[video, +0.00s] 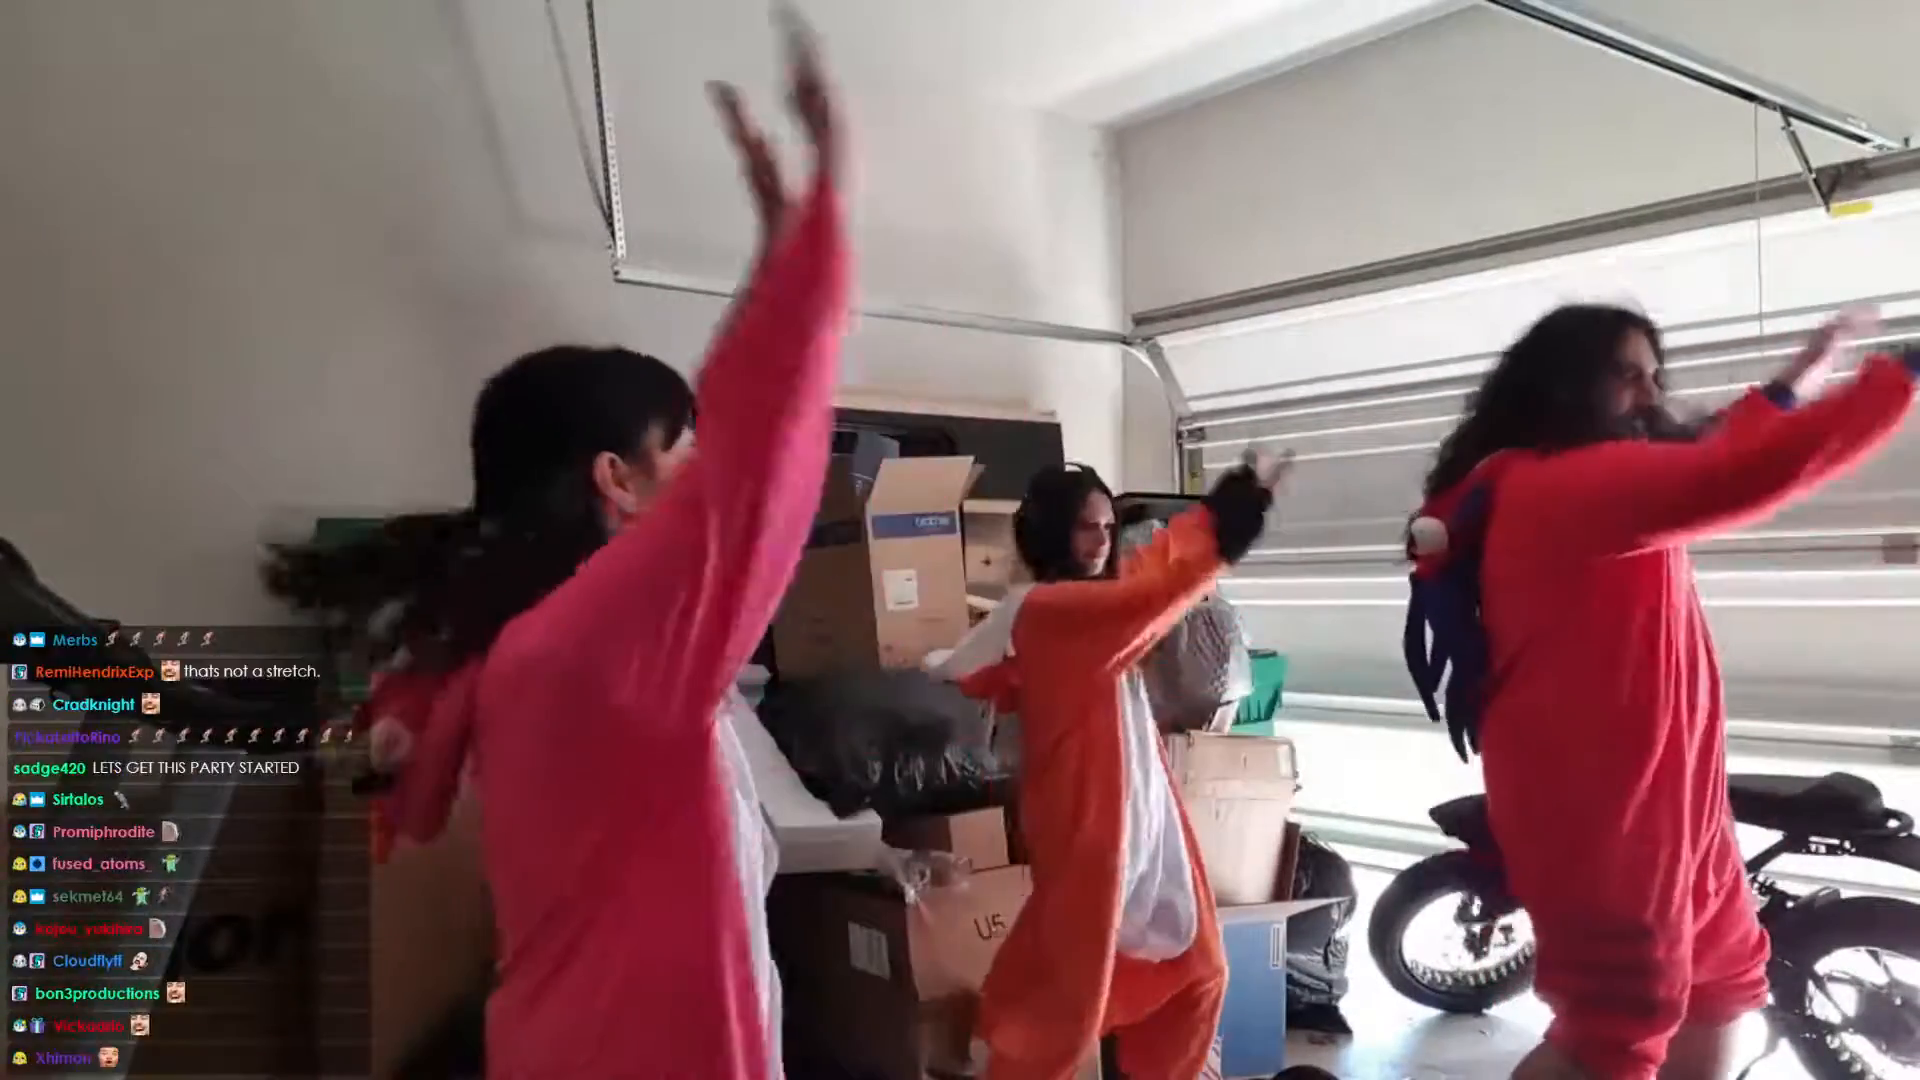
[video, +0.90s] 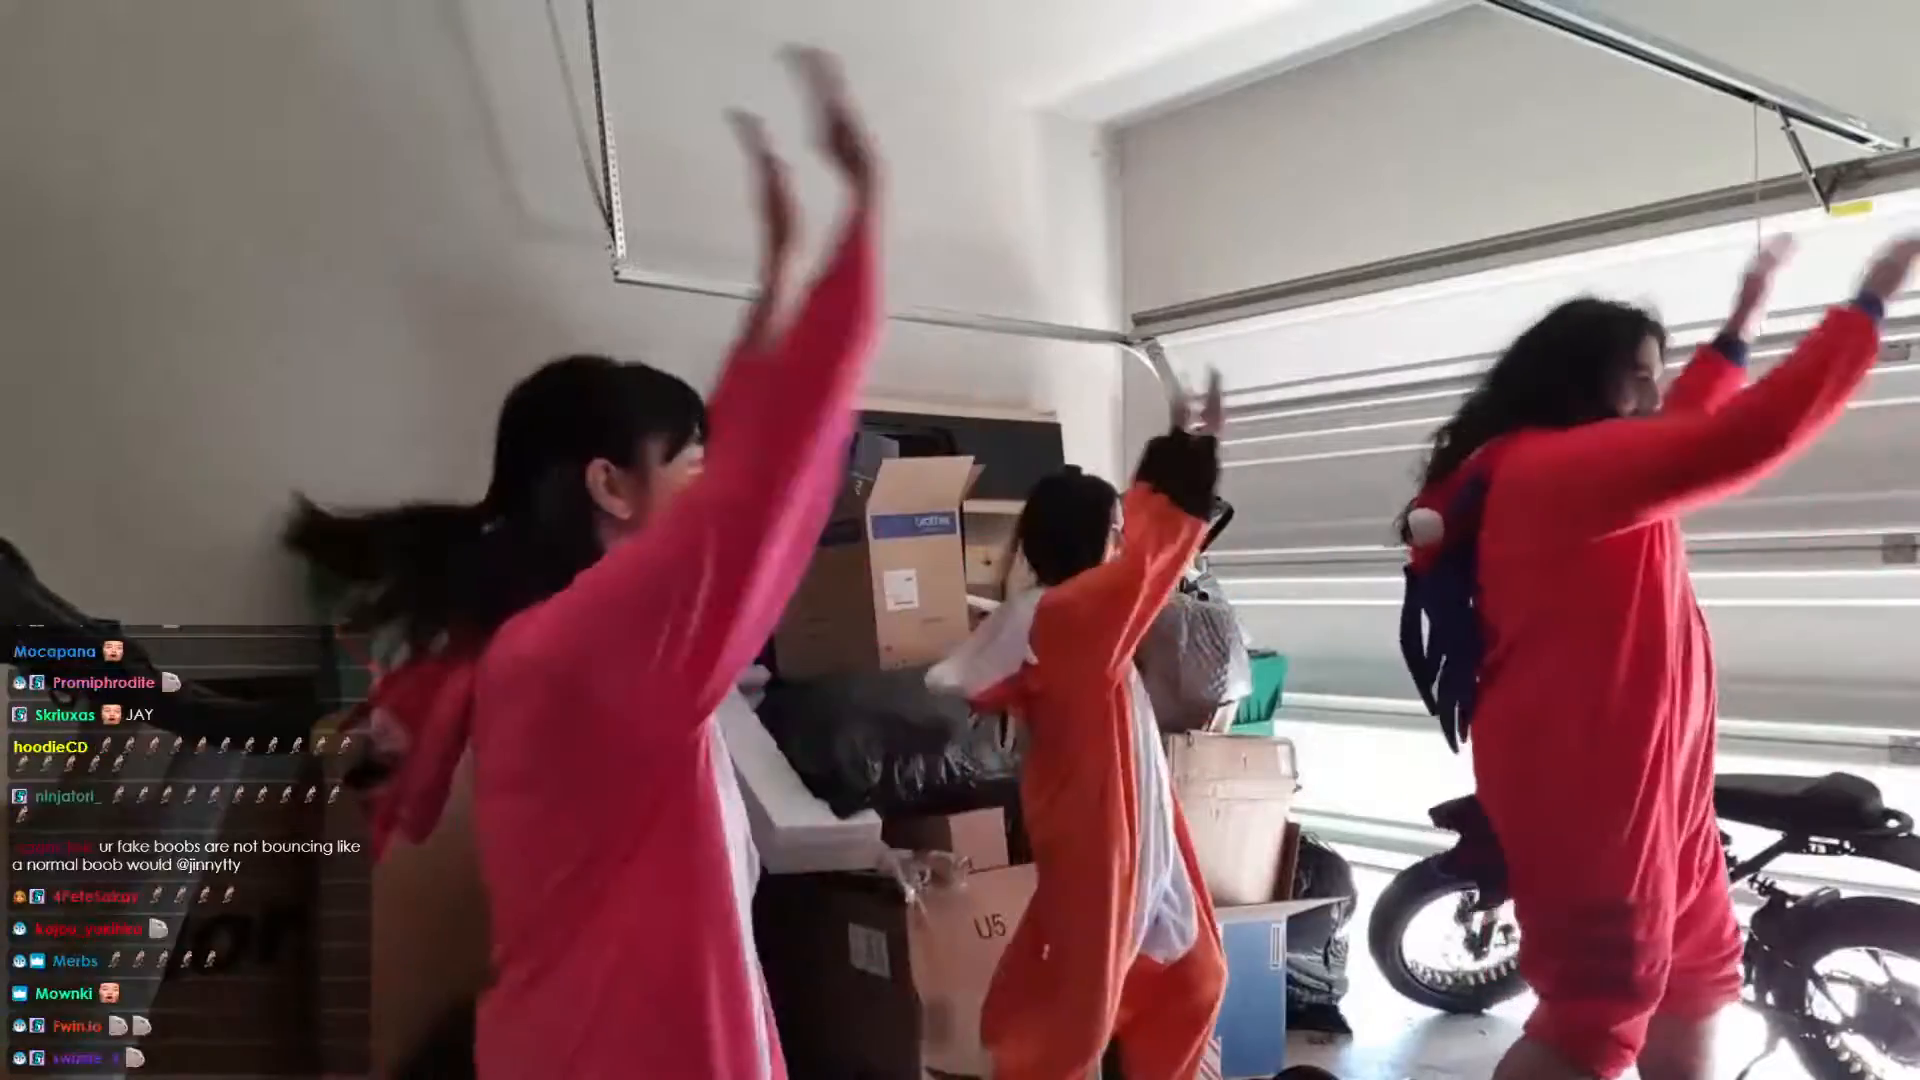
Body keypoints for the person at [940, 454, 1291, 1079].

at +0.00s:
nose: (1105, 539)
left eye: (1109, 525)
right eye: (1090, 526)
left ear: (1111, 529)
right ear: (1053, 532)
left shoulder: (1086, 605)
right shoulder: (1043, 609)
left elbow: (1159, 571)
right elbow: (1155, 591)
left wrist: (1237, 498)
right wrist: (1241, 503)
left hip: (1143, 805)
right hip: (1084, 813)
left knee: (1197, 971)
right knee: (1067, 981)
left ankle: (1158, 1071)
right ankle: (1019, 1064)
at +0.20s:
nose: (1110, 540)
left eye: (1114, 526)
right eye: (1096, 527)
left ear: (1117, 527)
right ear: (1057, 532)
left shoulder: (1096, 598)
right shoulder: (1052, 608)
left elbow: (1161, 552)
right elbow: (1159, 596)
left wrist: (1228, 507)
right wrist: (1265, 528)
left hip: (1138, 798)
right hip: (1083, 814)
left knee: (1193, 964)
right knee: (1094, 972)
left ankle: (1185, 1071)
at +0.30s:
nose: (1120, 518)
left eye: (1123, 507)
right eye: (1109, 505)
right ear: (1073, 509)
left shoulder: (1064, 586)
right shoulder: (1063, 586)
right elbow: (1157, 624)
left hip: (1099, 789)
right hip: (1054, 794)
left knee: (1158, 923)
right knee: (1054, 941)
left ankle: (1162, 1063)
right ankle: (1020, 1063)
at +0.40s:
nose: (1141, 536)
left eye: (1145, 521)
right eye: (1128, 520)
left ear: (1146, 524)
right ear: (1088, 523)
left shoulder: (1082, 596)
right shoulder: (1075, 600)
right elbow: (1139, 685)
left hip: (1074, 819)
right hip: (1021, 822)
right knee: (1019, 995)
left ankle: (1142, 1065)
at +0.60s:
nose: (1157, 552)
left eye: (1155, 537)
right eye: (1149, 537)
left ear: (1080, 539)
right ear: (1119, 545)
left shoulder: (1050, 607)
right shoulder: (1089, 623)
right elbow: (1104, 746)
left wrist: (1135, 841)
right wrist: (1137, 856)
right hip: (1031, 831)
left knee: (1141, 970)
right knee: (1038, 988)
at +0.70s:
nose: (1137, 522)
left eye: (1135, 506)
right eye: (1127, 507)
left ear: (1060, 513)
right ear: (1092, 513)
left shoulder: (1053, 585)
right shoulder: (1075, 594)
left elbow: (1145, 692)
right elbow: (1154, 676)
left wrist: (1234, 743)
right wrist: (1245, 740)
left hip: (1073, 819)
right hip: (1049, 822)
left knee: (1142, 963)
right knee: (1039, 984)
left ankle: (1130, 1075)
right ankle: (1016, 1071)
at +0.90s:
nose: (1123, 539)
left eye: (1123, 526)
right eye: (1116, 528)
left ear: (1038, 539)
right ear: (1096, 537)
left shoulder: (1068, 617)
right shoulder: (1071, 616)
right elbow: (1150, 546)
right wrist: (1193, 449)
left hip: (1138, 813)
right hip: (1095, 821)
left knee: (1193, 971)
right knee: (1080, 976)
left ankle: (1163, 1065)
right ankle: (1036, 1059)